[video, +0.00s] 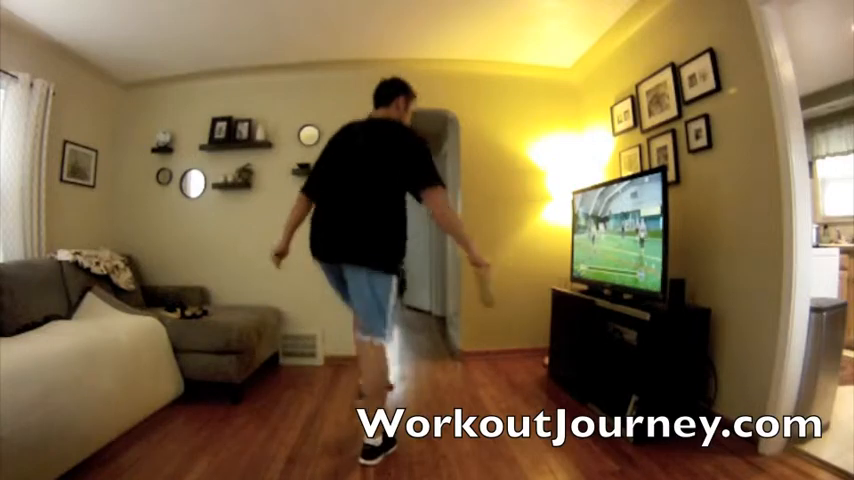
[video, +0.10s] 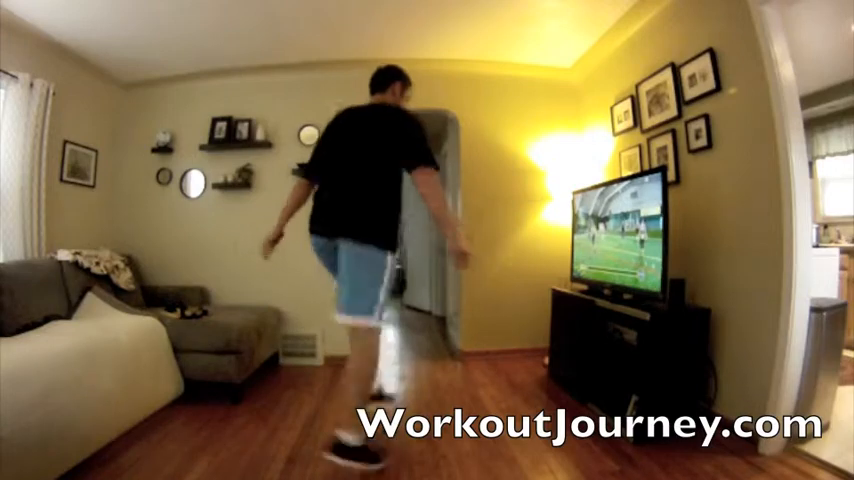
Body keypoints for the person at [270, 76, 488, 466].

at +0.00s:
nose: (411, 115)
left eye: (412, 109)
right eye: (411, 108)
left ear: (375, 102)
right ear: (401, 103)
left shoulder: (345, 135)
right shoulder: (406, 141)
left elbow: (309, 192)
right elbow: (437, 205)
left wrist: (284, 239)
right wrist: (471, 250)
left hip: (328, 246)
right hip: (373, 250)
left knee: (365, 322)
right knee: (373, 337)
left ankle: (371, 383)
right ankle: (374, 434)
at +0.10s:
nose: (406, 101)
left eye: (406, 96)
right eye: (406, 94)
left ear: (371, 88)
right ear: (397, 90)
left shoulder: (341, 119)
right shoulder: (403, 123)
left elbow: (308, 178)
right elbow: (425, 179)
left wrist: (280, 224)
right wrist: (453, 233)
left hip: (322, 231)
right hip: (367, 236)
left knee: (365, 313)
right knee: (362, 336)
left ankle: (369, 385)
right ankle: (350, 433)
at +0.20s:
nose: (398, 103)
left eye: (398, 98)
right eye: (399, 97)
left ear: (365, 93)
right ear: (391, 93)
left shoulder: (337, 126)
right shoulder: (396, 127)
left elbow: (298, 182)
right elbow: (416, 183)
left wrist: (261, 226)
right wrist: (446, 232)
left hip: (330, 241)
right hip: (372, 245)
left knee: (355, 329)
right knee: (379, 337)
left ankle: (343, 415)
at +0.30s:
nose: (395, 121)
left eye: (395, 114)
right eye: (395, 114)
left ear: (361, 111)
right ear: (385, 110)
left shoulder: (334, 144)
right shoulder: (388, 144)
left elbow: (293, 194)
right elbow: (401, 199)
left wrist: (252, 229)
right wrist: (451, 232)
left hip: (329, 261)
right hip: (369, 263)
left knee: (355, 350)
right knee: (381, 351)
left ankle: (347, 427)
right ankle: (310, 335)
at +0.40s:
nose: (396, 125)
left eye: (396, 118)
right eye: (396, 117)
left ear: (361, 115)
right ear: (386, 114)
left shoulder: (334, 146)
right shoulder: (386, 146)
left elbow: (295, 196)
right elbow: (396, 196)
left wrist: (256, 226)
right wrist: (454, 212)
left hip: (324, 262)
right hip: (365, 264)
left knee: (352, 350)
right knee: (375, 349)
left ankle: (346, 428)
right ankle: (307, 340)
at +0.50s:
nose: (395, 121)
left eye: (395, 115)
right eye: (396, 115)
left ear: (362, 111)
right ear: (389, 110)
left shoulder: (333, 143)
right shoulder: (387, 141)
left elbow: (299, 194)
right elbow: (405, 184)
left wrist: (272, 224)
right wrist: (467, 195)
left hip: (324, 255)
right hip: (363, 257)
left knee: (350, 344)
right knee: (372, 346)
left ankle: (345, 428)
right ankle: (301, 392)